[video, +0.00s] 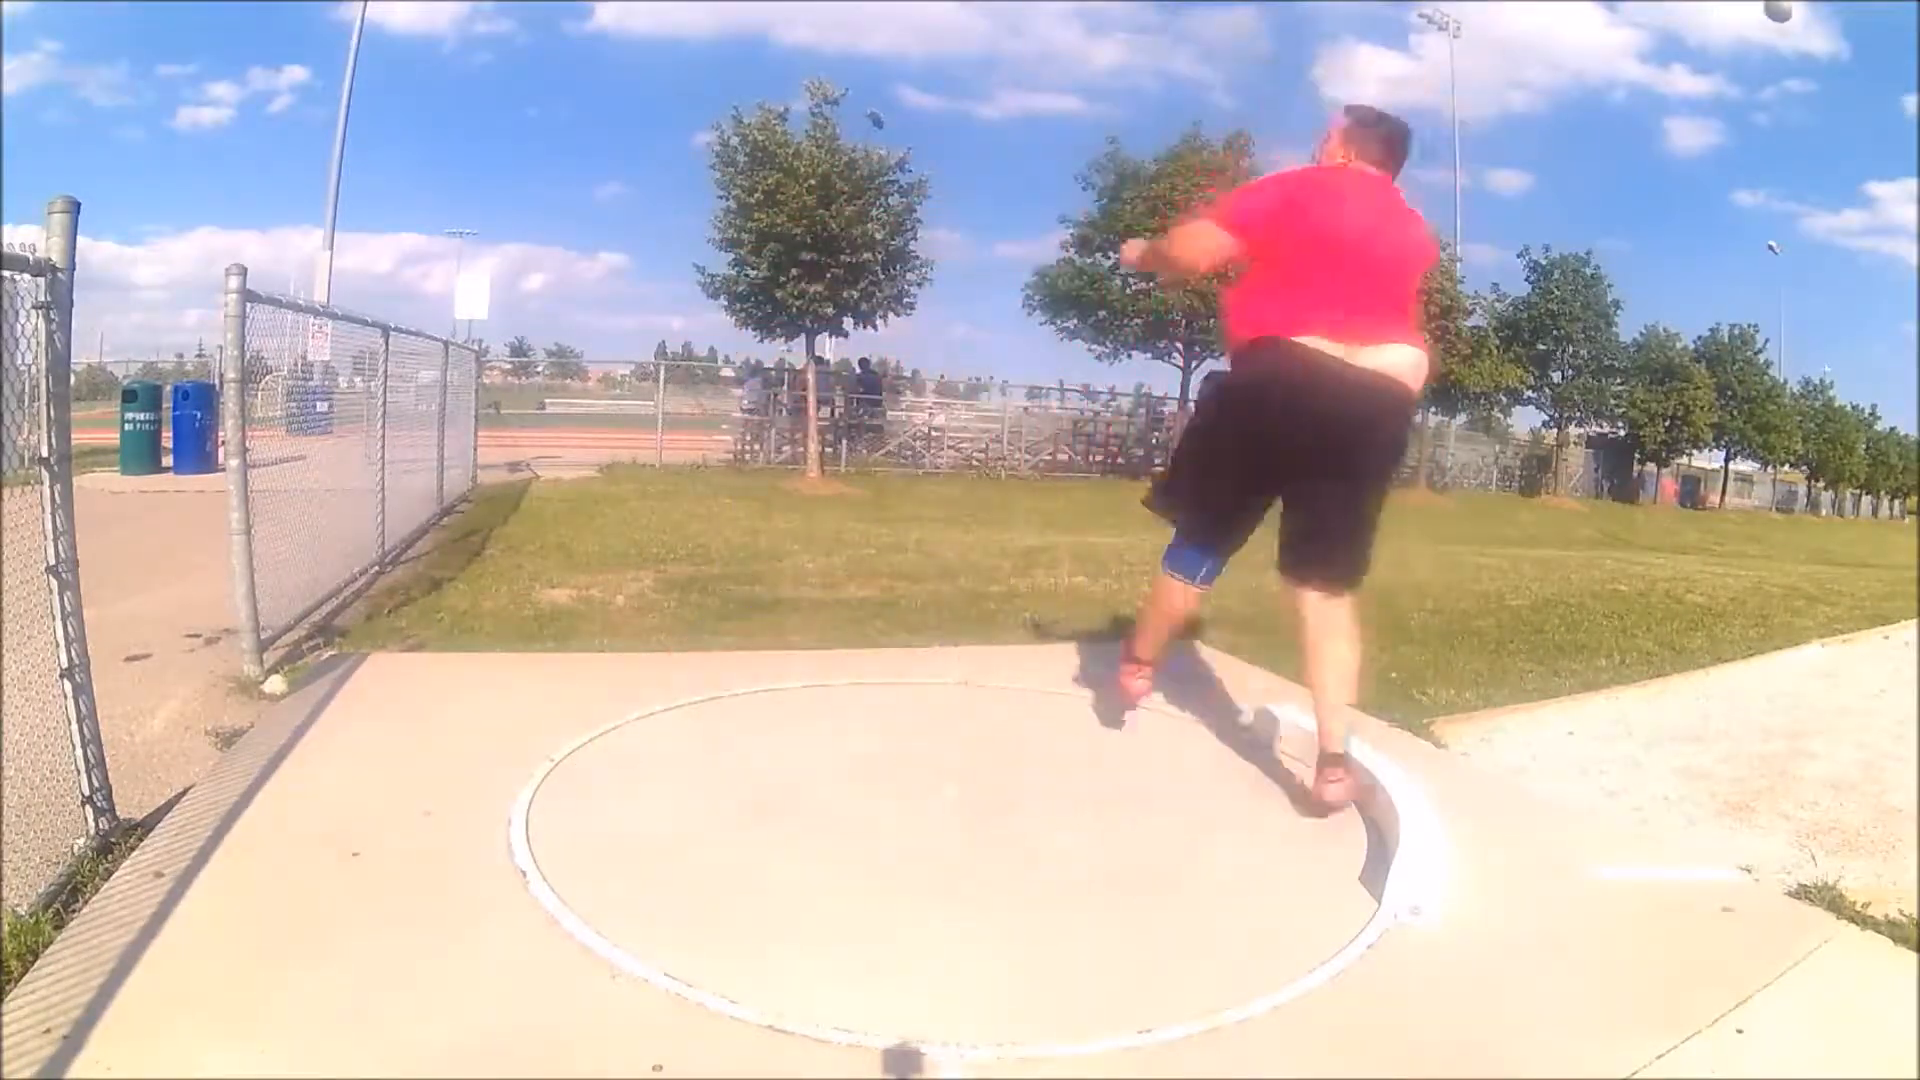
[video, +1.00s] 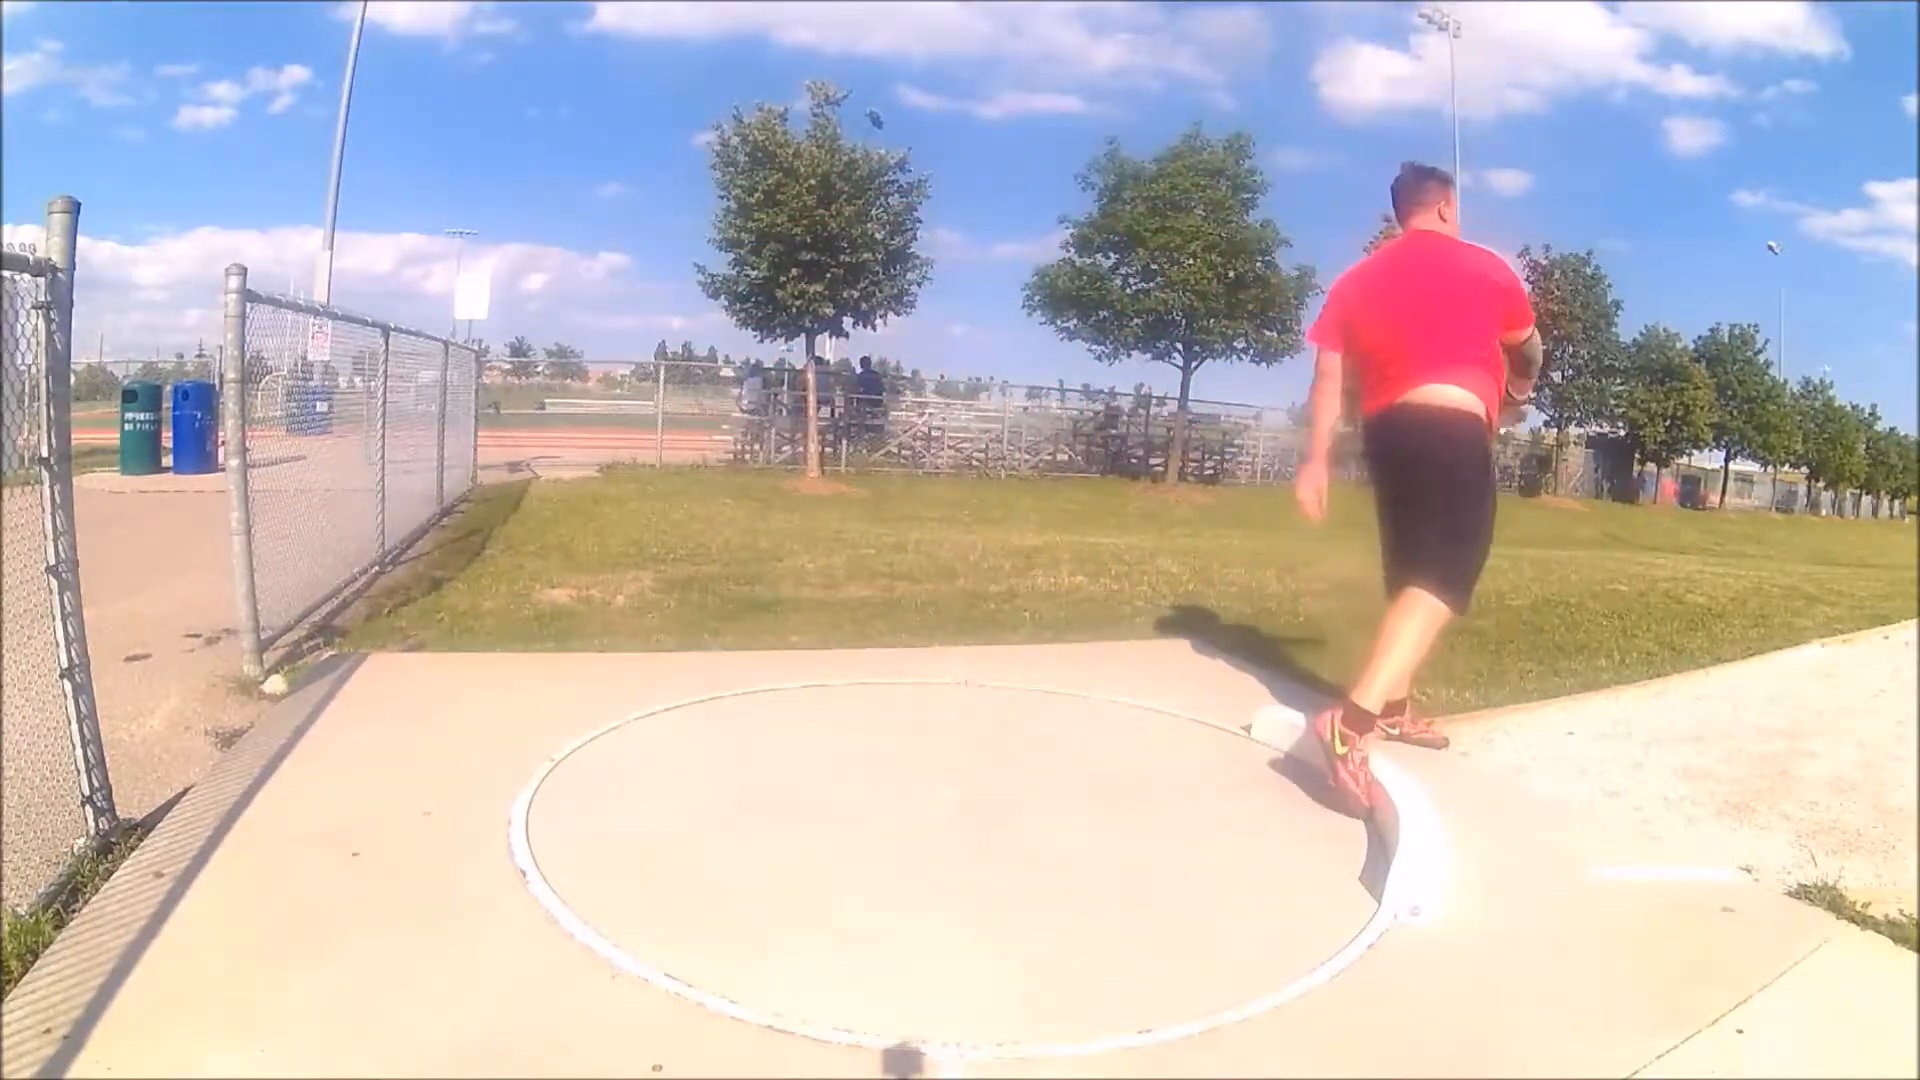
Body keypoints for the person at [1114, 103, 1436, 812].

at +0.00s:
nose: (1320, 145)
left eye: (1327, 137)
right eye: (1328, 138)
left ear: (1338, 143)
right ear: (1394, 165)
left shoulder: (1294, 186)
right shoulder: (1416, 228)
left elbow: (1194, 251)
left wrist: (1145, 254)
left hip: (1279, 381)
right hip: (1379, 405)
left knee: (1202, 539)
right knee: (1328, 583)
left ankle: (1136, 671)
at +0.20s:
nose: (1308, 195)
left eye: (1323, 184)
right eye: (1304, 190)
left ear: (1366, 190)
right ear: (1309, 212)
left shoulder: (1399, 218)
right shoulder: (1309, 292)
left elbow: (1430, 152)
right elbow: (1265, 373)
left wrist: (1378, 57)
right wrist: (1216, 376)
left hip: (1392, 378)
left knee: (1273, 454)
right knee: (1338, 577)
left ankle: (1269, 582)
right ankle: (1350, 756)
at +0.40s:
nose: (1338, 163)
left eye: (1351, 155)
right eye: (1326, 159)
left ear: (1375, 169)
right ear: (1310, 178)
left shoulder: (1425, 203)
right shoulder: (1294, 237)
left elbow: (1486, 132)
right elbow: (1245, 223)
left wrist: (1506, 51)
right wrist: (1258, 131)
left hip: (1445, 389)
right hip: (1359, 420)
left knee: (1500, 504)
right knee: (1335, 558)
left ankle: (1573, 542)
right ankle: (1359, 736)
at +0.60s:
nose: (1414, 171)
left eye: (1417, 165)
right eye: (1400, 162)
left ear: (1414, 182)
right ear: (1364, 171)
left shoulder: (1423, 236)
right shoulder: (1344, 219)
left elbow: (1446, 231)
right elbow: (1361, 130)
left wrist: (1476, 191)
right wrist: (1391, 33)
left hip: (1469, 429)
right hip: (1379, 431)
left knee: (1488, 571)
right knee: (1360, 580)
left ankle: (1445, 663)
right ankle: (1354, 735)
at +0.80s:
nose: (1448, 213)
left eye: (1444, 204)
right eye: (1444, 204)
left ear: (1387, 212)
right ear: (1431, 204)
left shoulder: (1368, 275)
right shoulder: (1441, 240)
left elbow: (1350, 373)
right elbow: (1537, 236)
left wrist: (1355, 428)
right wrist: (1593, 210)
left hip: (1386, 434)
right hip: (1422, 434)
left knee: (1451, 582)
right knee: (1414, 584)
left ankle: (1388, 703)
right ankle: (1321, 746)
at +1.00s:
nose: (1455, 219)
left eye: (1448, 211)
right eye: (1455, 210)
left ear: (1394, 218)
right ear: (1448, 209)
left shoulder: (1355, 278)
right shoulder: (1488, 265)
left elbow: (1328, 377)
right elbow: (1528, 352)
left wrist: (1315, 458)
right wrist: (1520, 387)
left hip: (1387, 434)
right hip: (1455, 435)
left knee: (1407, 572)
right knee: (1442, 584)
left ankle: (1395, 705)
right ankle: (1353, 721)